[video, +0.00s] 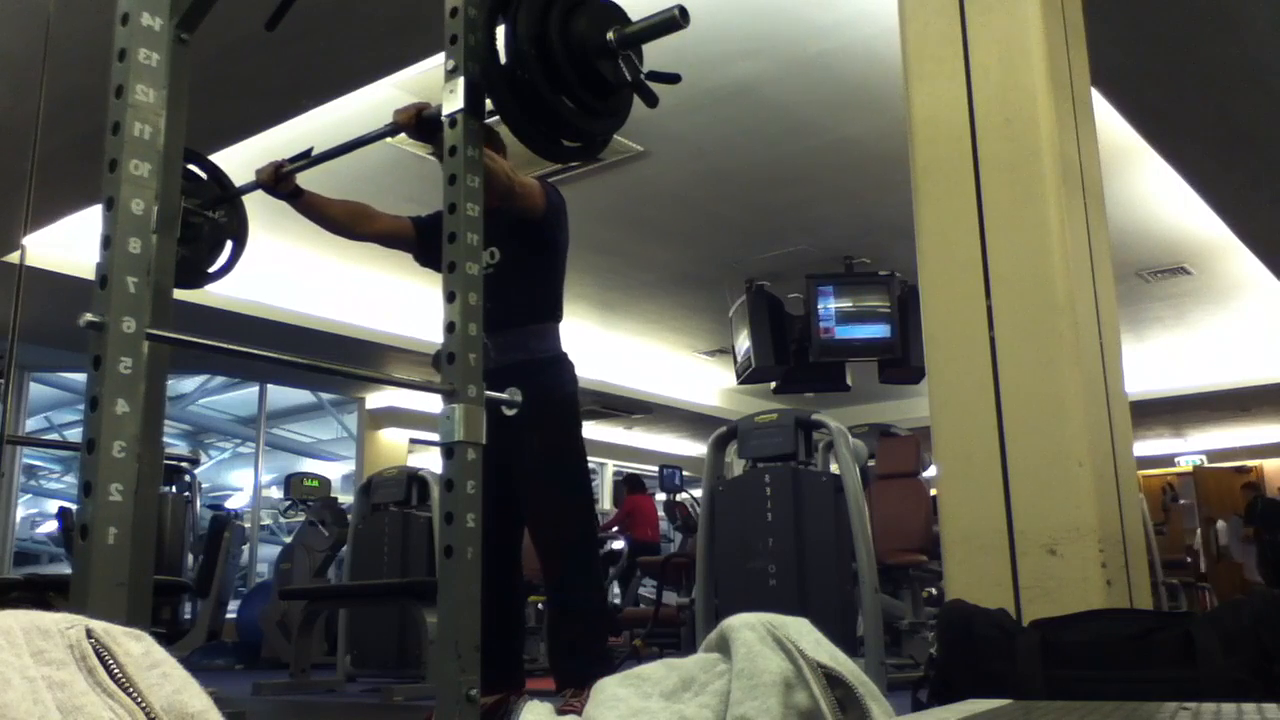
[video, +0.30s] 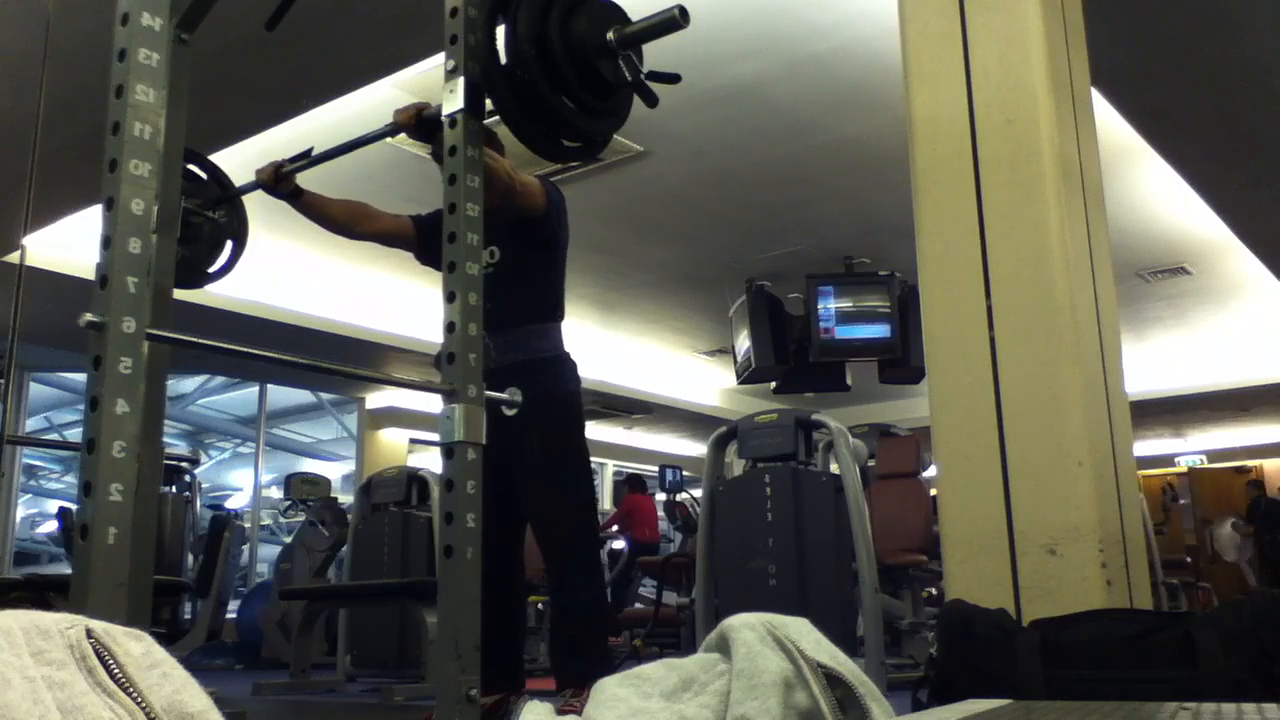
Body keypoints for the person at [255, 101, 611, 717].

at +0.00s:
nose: (468, 173)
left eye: (475, 160)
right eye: (459, 166)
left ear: (498, 154)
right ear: (451, 172)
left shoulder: (542, 206)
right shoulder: (455, 226)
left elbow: (503, 182)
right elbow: (368, 222)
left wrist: (440, 133)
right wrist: (295, 193)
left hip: (539, 385)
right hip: (476, 393)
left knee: (562, 535)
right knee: (486, 544)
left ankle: (579, 683)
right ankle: (497, 686)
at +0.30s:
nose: (464, 173)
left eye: (472, 161)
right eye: (456, 167)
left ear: (496, 155)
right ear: (449, 172)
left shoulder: (543, 205)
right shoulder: (453, 226)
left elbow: (503, 181)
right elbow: (367, 221)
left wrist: (439, 133)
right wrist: (294, 192)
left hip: (541, 385)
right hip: (477, 393)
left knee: (564, 537)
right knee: (487, 546)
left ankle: (580, 684)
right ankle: (497, 687)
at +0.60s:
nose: (464, 175)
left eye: (472, 162)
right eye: (456, 167)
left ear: (495, 156)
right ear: (450, 173)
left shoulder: (543, 204)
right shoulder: (454, 224)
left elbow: (504, 179)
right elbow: (371, 220)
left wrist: (440, 133)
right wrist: (295, 193)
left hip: (541, 386)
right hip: (478, 394)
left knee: (564, 538)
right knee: (489, 547)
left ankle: (579, 683)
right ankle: (498, 686)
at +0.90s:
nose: (462, 174)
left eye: (470, 161)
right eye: (455, 166)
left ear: (495, 155)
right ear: (449, 170)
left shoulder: (542, 202)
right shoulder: (454, 222)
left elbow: (504, 178)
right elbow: (369, 219)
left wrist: (440, 133)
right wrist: (294, 192)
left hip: (540, 384)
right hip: (477, 392)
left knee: (564, 536)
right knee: (488, 546)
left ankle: (579, 683)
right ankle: (498, 687)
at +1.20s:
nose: (468, 167)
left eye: (477, 154)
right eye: (461, 159)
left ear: (504, 150)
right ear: (455, 165)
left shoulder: (543, 206)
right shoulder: (456, 226)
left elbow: (505, 180)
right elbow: (366, 222)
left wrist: (440, 133)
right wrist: (294, 193)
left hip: (539, 384)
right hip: (476, 392)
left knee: (563, 538)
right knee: (487, 547)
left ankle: (581, 685)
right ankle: (496, 688)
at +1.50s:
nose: (466, 166)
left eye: (475, 154)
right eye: (460, 159)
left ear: (507, 153)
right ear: (456, 165)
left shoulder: (543, 207)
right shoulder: (456, 227)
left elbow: (501, 178)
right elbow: (368, 224)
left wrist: (439, 133)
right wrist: (294, 192)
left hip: (539, 385)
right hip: (476, 393)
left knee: (565, 539)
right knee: (488, 548)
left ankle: (579, 684)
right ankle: (498, 687)